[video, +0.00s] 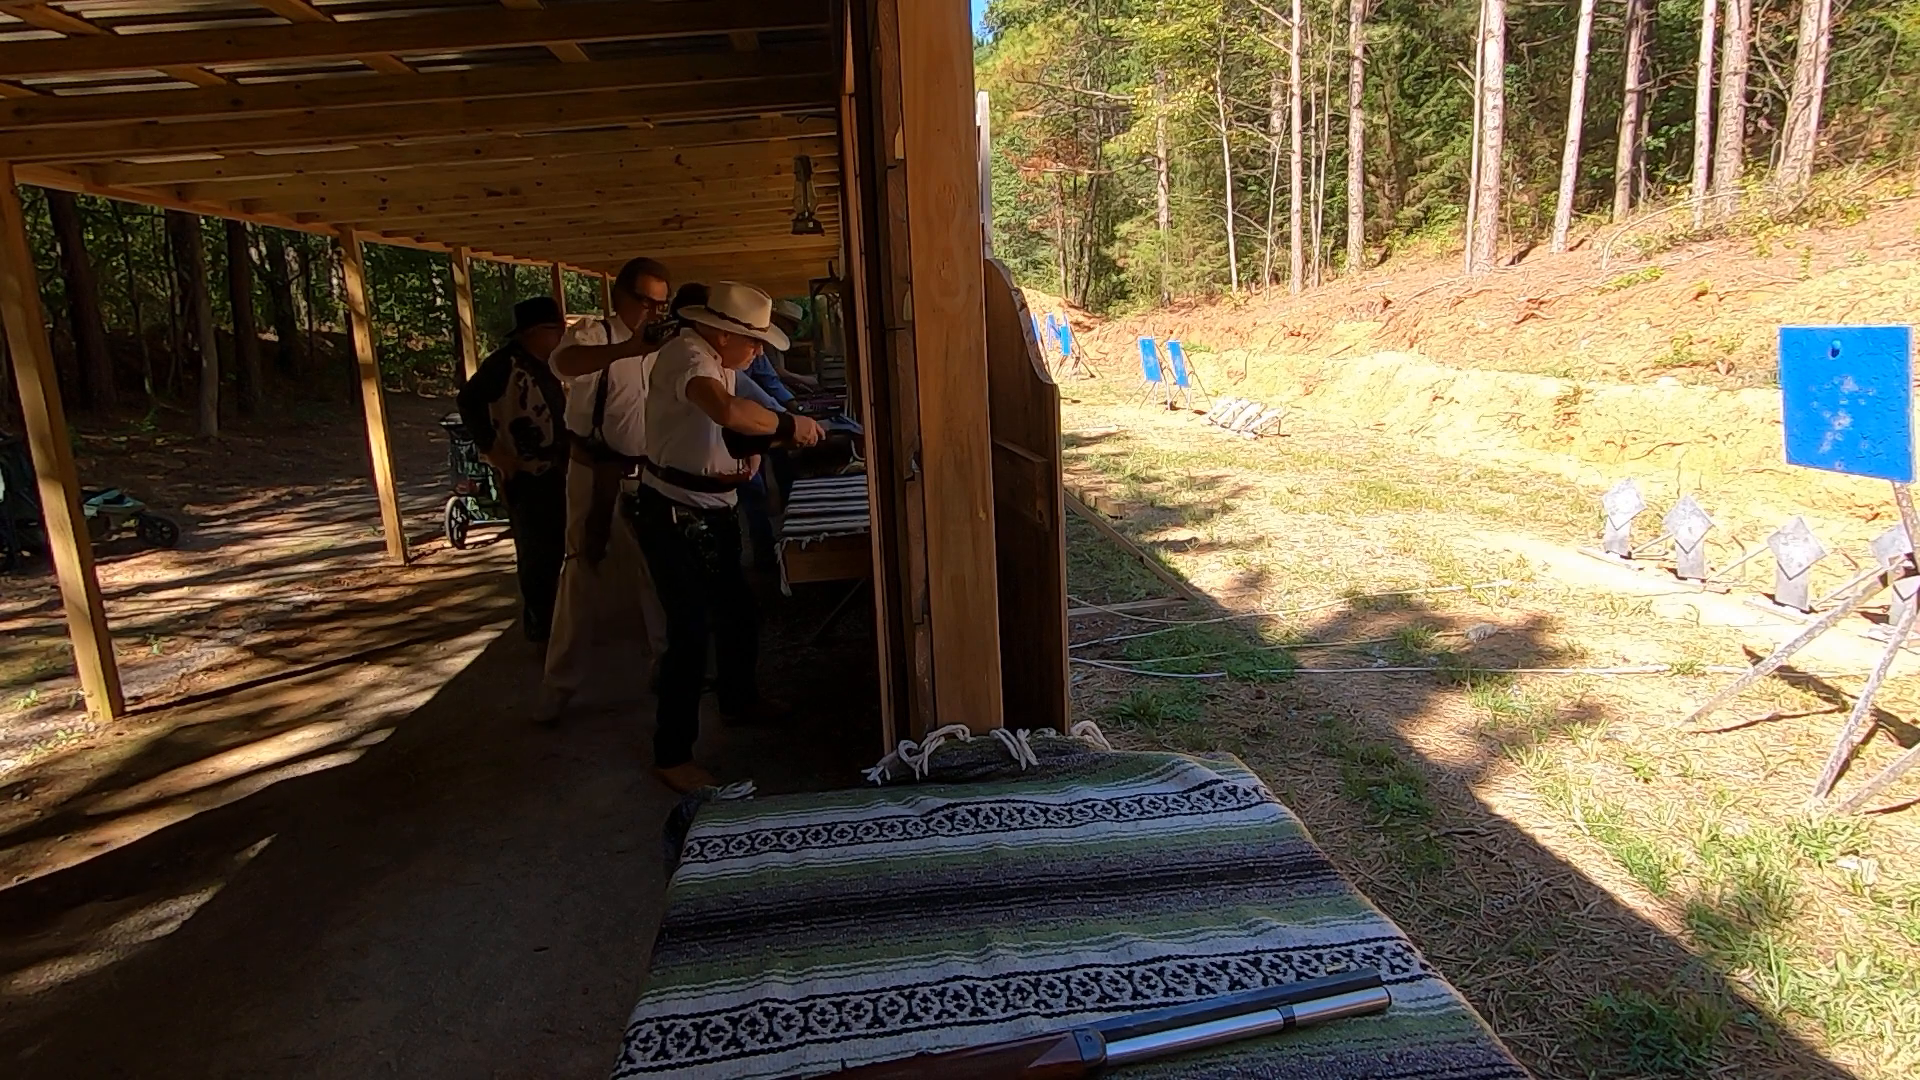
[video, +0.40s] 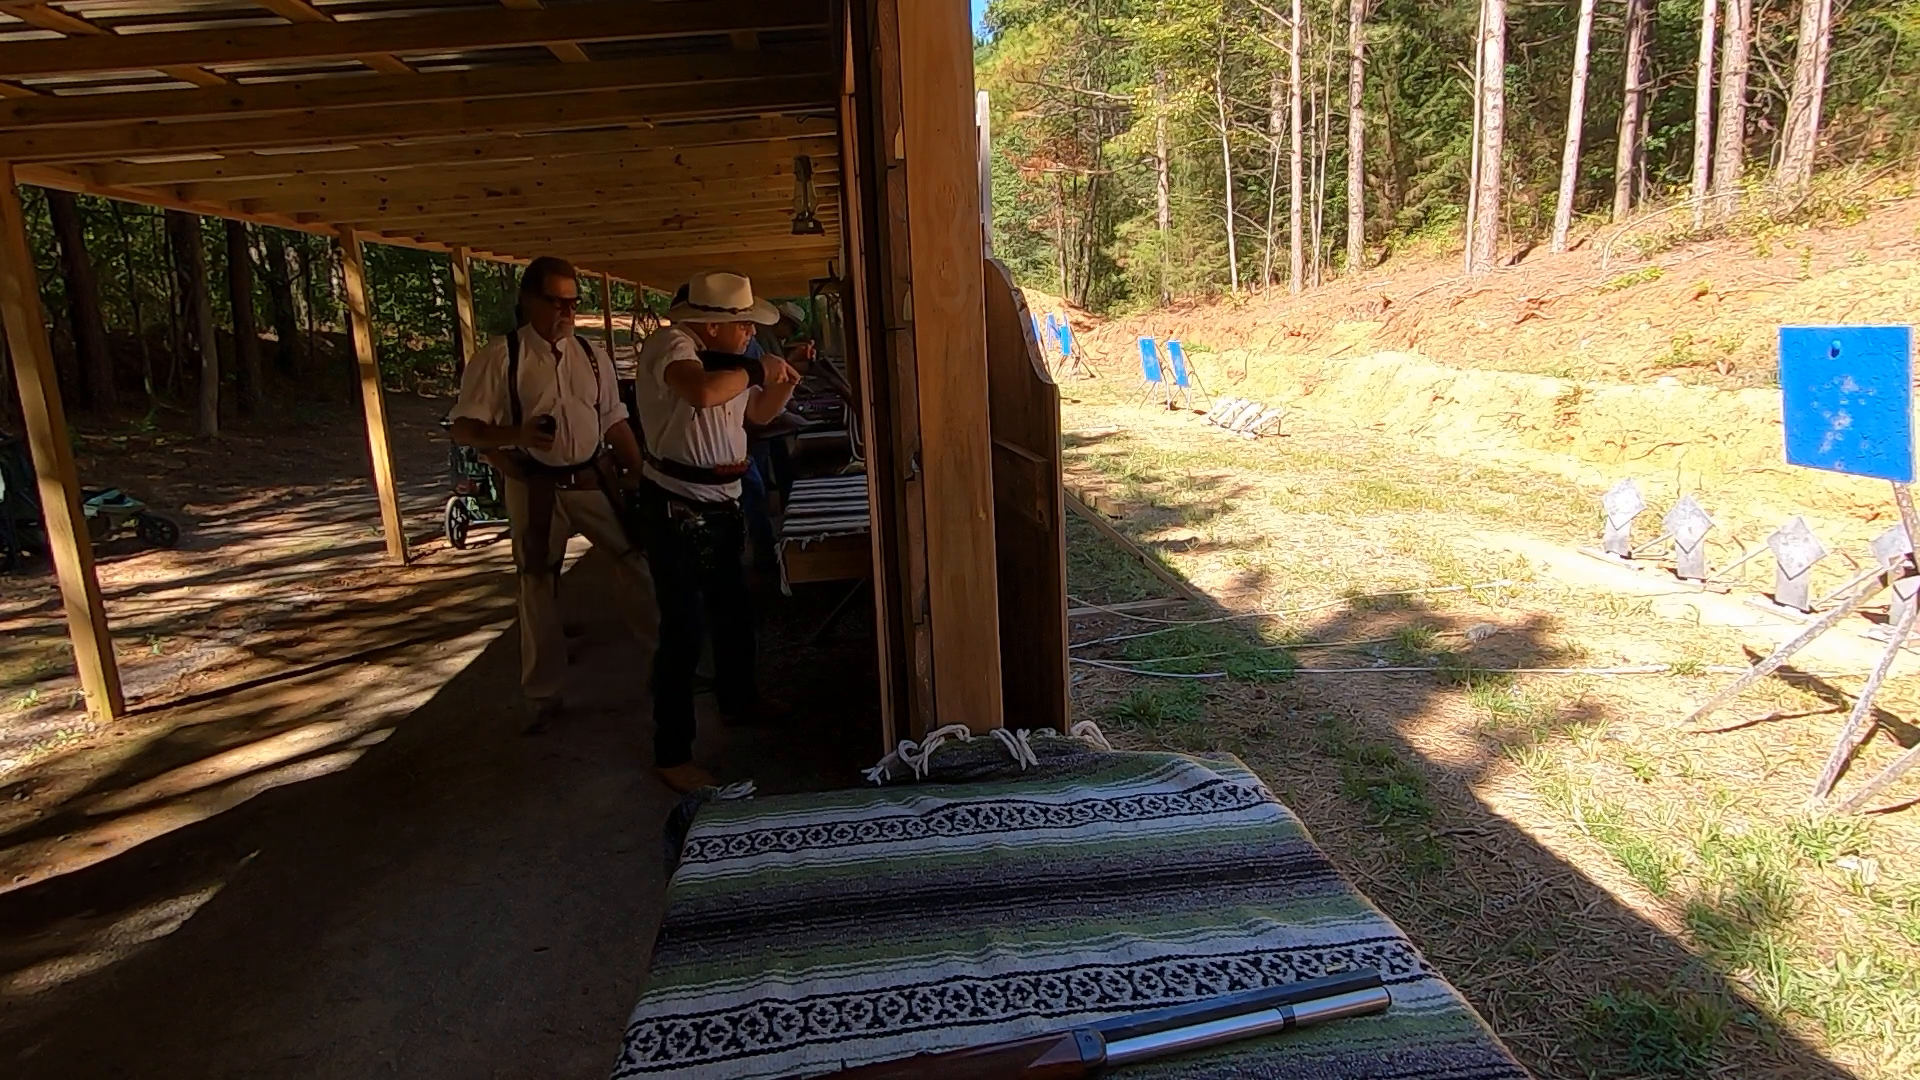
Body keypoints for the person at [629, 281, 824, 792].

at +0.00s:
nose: (757, 355)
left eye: (760, 346)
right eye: (753, 344)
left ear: (727, 335)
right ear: (725, 333)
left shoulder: (717, 362)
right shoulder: (686, 353)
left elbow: (722, 424)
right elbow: (724, 409)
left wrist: (751, 450)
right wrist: (786, 423)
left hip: (717, 512)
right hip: (672, 513)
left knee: (737, 613)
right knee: (689, 632)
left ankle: (740, 706)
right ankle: (673, 756)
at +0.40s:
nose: (750, 333)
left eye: (750, 324)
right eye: (743, 325)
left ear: (722, 324)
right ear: (712, 323)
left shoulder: (730, 359)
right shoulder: (669, 343)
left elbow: (757, 415)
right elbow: (702, 390)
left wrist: (784, 383)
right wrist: (755, 370)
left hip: (724, 508)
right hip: (674, 510)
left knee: (734, 615)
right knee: (682, 632)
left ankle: (739, 707)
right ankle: (672, 756)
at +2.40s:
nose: (727, 333)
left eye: (728, 324)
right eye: (717, 324)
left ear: (725, 325)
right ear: (684, 324)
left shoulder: (726, 376)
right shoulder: (651, 346)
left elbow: (785, 415)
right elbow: (688, 380)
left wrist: (850, 399)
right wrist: (749, 377)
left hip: (707, 513)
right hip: (652, 513)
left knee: (732, 613)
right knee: (674, 629)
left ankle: (740, 708)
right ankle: (672, 756)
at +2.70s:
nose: (723, 330)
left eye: (724, 321)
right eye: (714, 321)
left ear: (717, 321)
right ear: (682, 321)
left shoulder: (720, 363)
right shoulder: (651, 349)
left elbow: (773, 415)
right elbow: (671, 412)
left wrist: (834, 383)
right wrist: (740, 404)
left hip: (709, 511)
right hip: (656, 512)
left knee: (727, 615)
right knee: (674, 629)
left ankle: (741, 710)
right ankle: (672, 756)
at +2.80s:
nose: (725, 330)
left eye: (726, 321)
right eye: (715, 321)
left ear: (721, 322)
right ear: (681, 318)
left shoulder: (720, 363)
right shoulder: (645, 362)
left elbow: (758, 425)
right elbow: (640, 444)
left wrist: (798, 394)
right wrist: (702, 416)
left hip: (718, 511)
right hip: (666, 514)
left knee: (731, 617)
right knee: (681, 630)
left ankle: (740, 710)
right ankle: (673, 756)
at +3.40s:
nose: (718, 345)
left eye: (721, 335)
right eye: (708, 335)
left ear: (719, 329)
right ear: (679, 327)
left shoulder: (724, 360)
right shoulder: (646, 363)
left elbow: (769, 412)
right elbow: (657, 436)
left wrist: (818, 400)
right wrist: (723, 399)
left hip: (734, 507)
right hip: (679, 514)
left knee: (744, 614)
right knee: (688, 630)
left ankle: (741, 707)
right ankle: (674, 756)